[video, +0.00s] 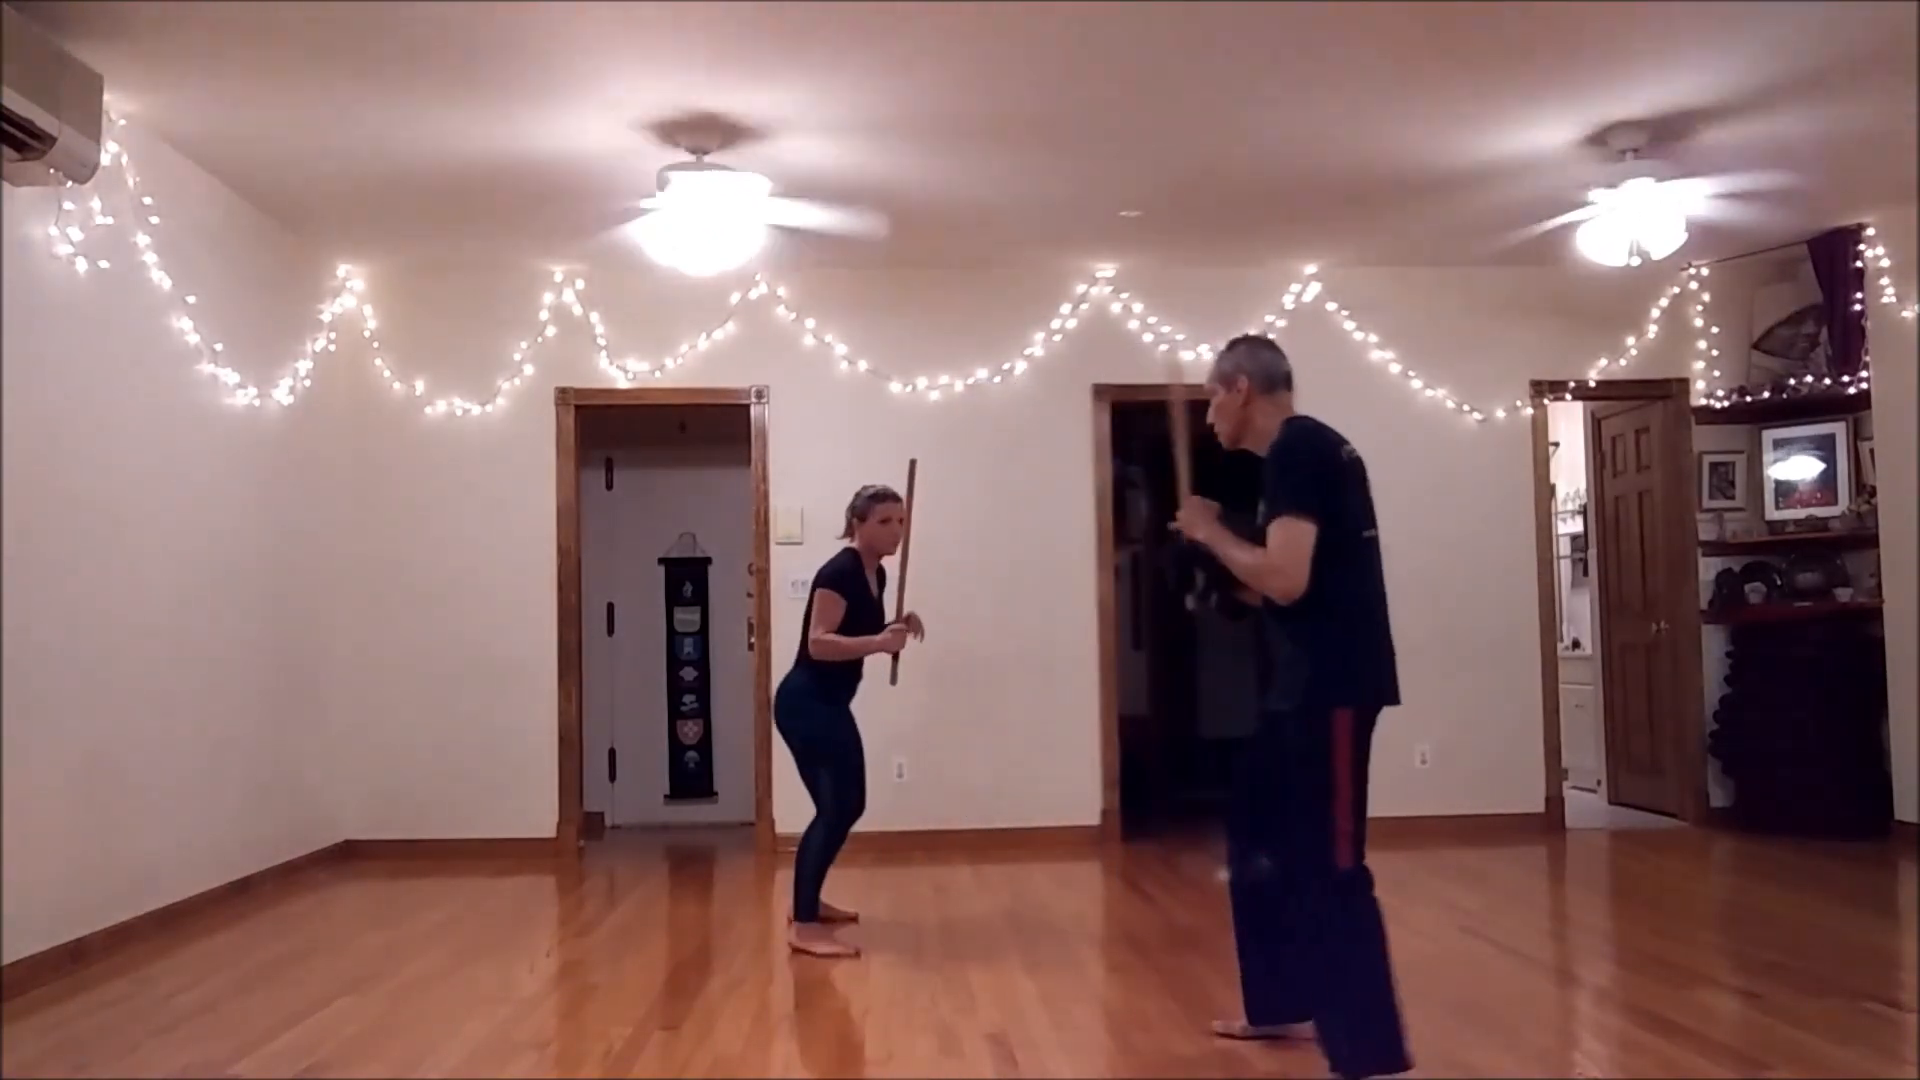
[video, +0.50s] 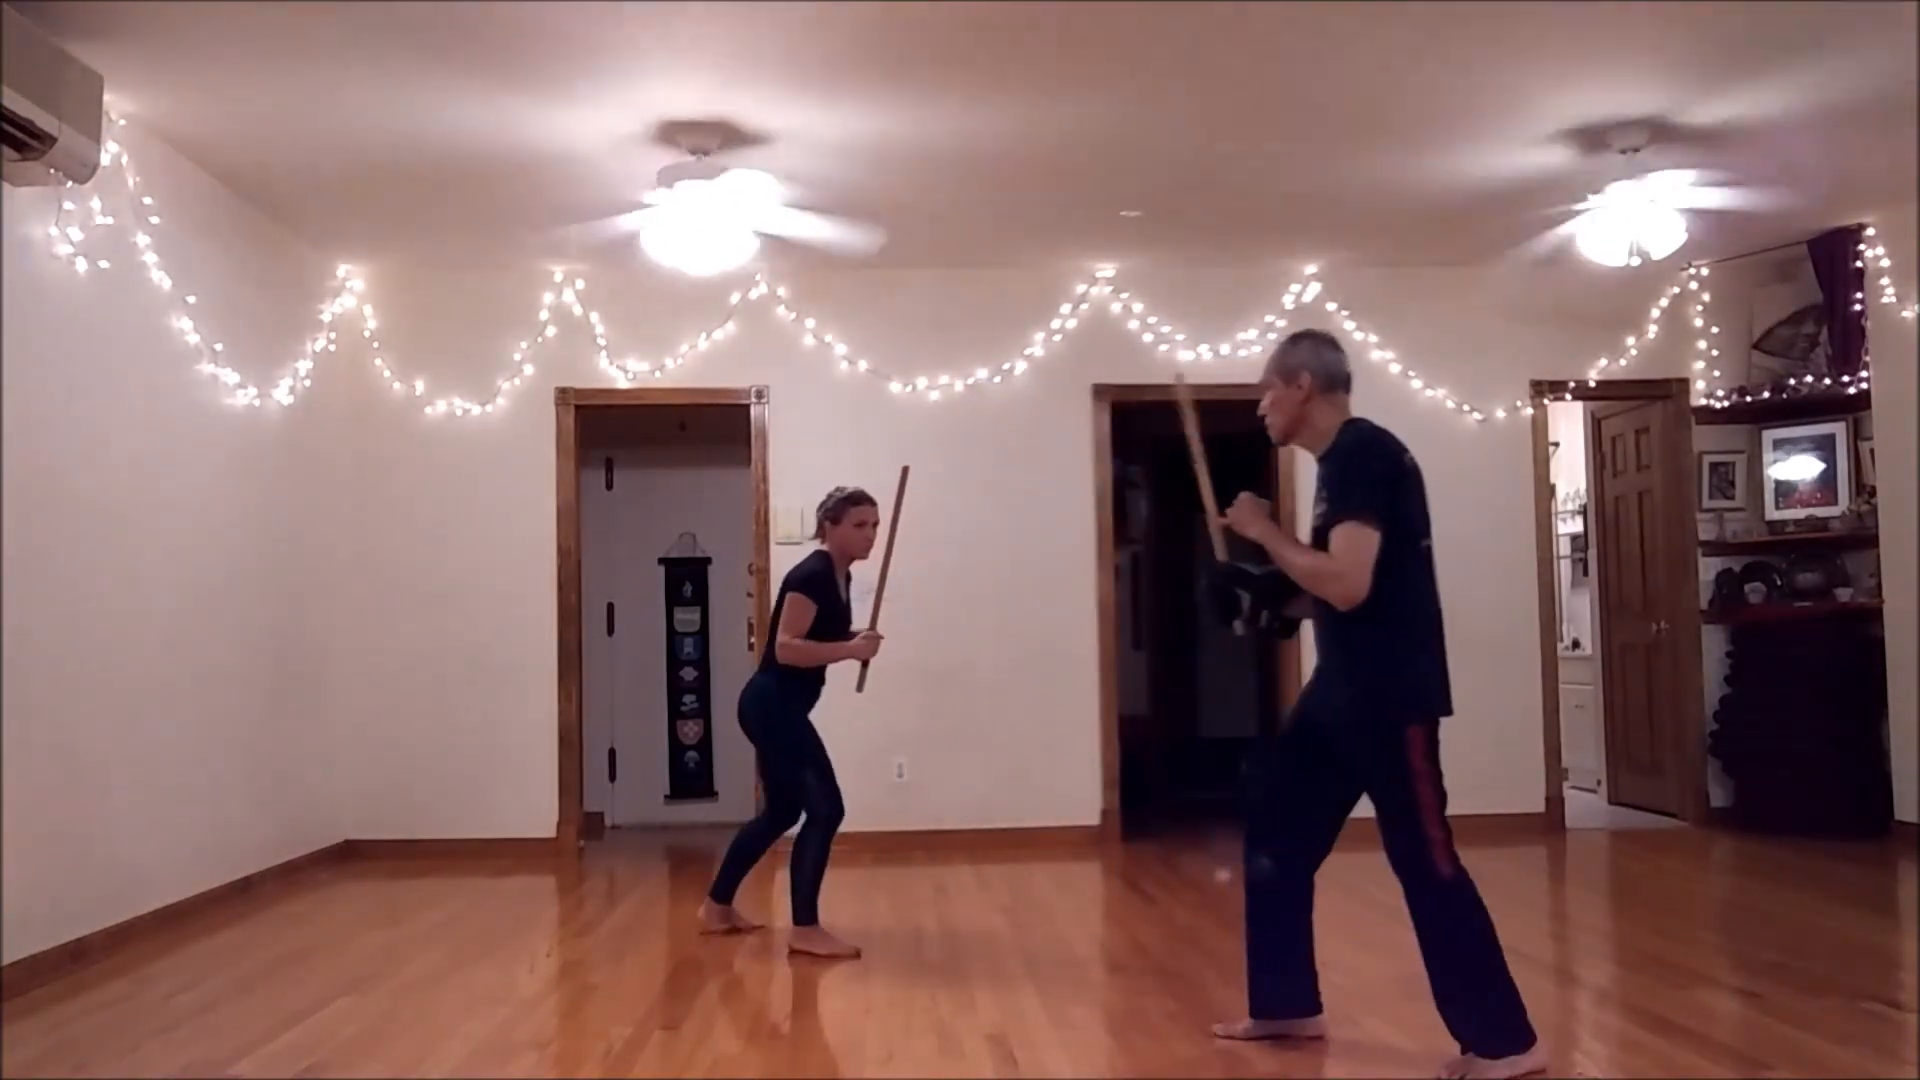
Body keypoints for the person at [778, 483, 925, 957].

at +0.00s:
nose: (897, 530)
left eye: (901, 522)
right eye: (887, 522)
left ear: (902, 528)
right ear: (858, 526)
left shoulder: (874, 573)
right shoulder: (838, 573)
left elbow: (856, 634)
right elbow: (817, 643)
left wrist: (893, 628)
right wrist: (879, 643)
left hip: (832, 704)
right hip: (806, 705)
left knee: (851, 805)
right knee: (835, 807)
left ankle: (807, 903)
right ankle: (803, 925)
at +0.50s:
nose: (870, 535)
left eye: (874, 526)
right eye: (861, 526)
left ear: (869, 531)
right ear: (830, 529)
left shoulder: (839, 575)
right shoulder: (811, 576)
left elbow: (814, 637)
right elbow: (785, 648)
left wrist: (851, 641)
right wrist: (850, 649)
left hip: (780, 706)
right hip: (773, 708)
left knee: (781, 811)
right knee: (826, 810)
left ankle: (717, 905)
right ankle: (805, 929)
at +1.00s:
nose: (840, 532)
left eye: (842, 523)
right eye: (831, 522)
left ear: (826, 528)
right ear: (800, 524)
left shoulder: (803, 573)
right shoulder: (780, 572)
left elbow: (803, 640)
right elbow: (760, 645)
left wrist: (835, 615)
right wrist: (825, 647)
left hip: (752, 703)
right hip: (752, 706)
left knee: (754, 808)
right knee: (804, 805)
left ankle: (710, 910)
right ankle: (803, 927)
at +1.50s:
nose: (949, 546)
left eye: (950, 537)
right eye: (941, 537)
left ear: (910, 543)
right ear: (910, 542)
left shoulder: (892, 586)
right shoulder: (908, 598)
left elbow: (929, 637)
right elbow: (981, 664)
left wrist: (958, 637)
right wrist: (1054, 670)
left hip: (843, 729)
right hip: (856, 739)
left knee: (836, 820)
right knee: (943, 817)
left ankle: (755, 883)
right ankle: (968, 945)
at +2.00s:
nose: (1033, 504)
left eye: (1034, 492)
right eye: (1028, 492)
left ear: (979, 494)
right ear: (991, 491)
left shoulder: (928, 551)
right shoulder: (1017, 554)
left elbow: (897, 636)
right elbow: (1090, 624)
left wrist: (947, 662)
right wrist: (1148, 577)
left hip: (928, 731)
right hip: (990, 732)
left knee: (974, 827)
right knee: (1027, 876)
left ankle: (999, 930)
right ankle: (985, 1013)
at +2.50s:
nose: (993, 483)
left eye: (992, 473)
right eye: (993, 473)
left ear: (928, 466)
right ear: (977, 471)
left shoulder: (870, 512)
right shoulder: (990, 543)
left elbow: (828, 614)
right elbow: (1009, 653)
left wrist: (878, 643)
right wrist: (1041, 680)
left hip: (876, 719)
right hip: (958, 723)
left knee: (832, 886)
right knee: (997, 876)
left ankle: (796, 1059)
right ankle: (979, 1038)